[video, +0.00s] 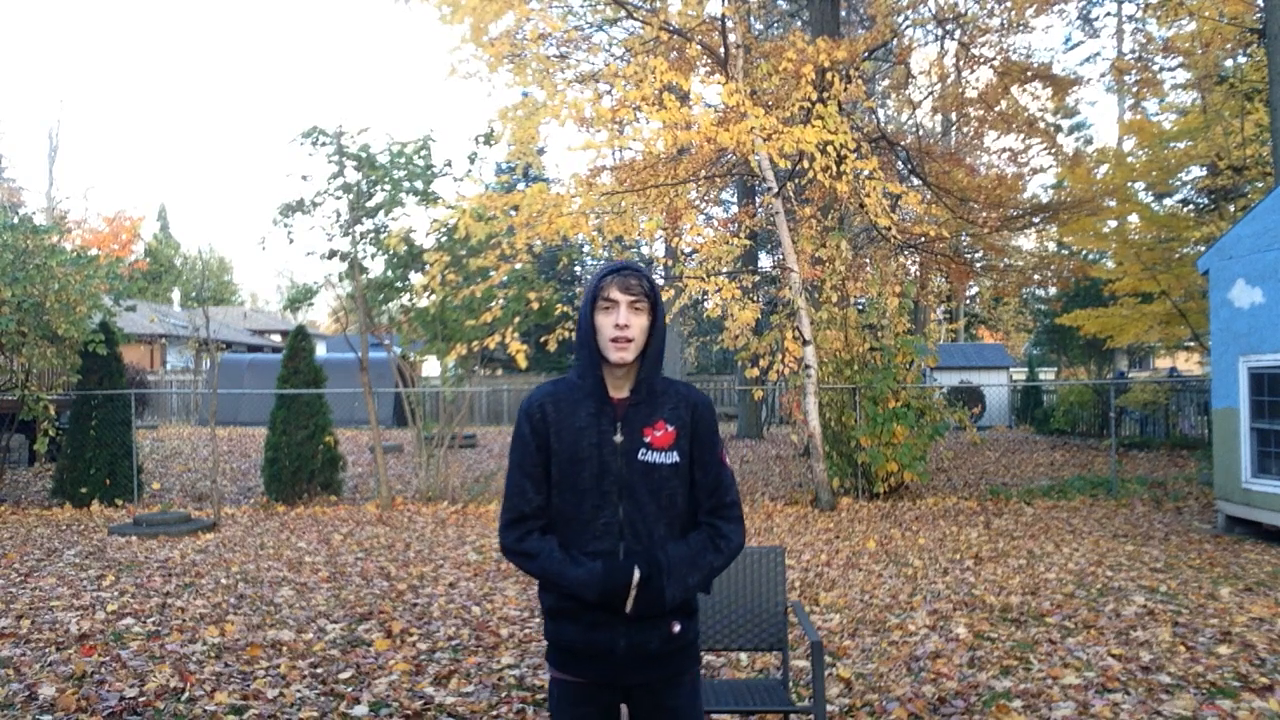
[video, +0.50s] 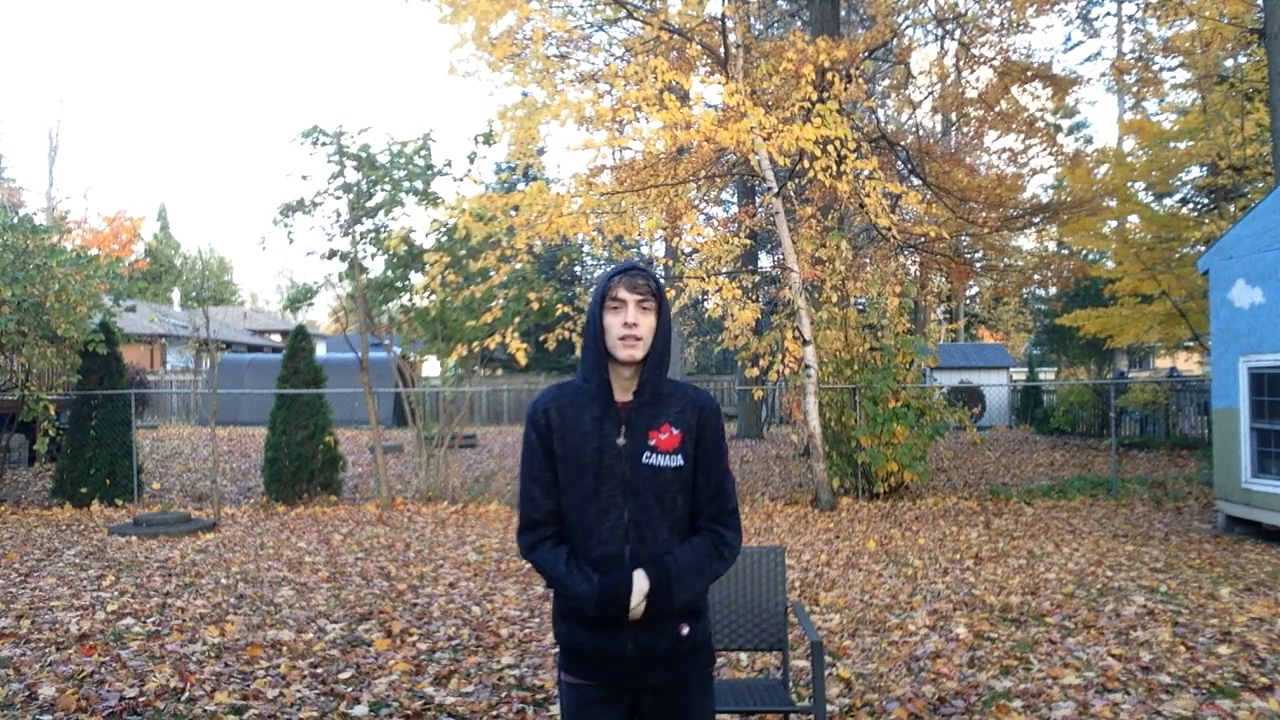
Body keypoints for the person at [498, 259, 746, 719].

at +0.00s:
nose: (621, 321)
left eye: (636, 308)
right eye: (607, 307)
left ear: (653, 322)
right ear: (589, 319)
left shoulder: (689, 408)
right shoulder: (546, 409)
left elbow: (726, 526)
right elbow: (518, 532)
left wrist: (660, 577)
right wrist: (596, 580)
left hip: (667, 650)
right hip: (579, 651)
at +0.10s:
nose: (616, 323)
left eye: (630, 310)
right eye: (602, 309)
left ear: (648, 324)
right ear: (584, 321)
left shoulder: (685, 409)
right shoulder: (542, 410)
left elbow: (725, 526)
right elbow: (510, 532)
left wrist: (652, 572)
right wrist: (589, 577)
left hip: (662, 651)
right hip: (573, 653)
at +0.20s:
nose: (613, 329)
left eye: (628, 316)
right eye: (599, 316)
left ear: (645, 331)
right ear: (581, 330)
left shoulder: (683, 417)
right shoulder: (541, 422)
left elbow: (728, 534)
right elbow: (506, 545)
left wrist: (651, 575)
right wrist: (590, 588)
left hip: (661, 666)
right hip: (570, 669)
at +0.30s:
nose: (615, 321)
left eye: (629, 308)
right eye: (601, 308)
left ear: (648, 322)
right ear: (583, 321)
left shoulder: (685, 409)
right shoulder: (543, 412)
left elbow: (724, 527)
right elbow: (515, 535)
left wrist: (652, 572)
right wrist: (593, 584)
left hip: (664, 652)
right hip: (574, 654)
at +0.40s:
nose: (622, 316)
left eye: (636, 303)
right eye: (608, 303)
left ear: (653, 317)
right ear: (589, 315)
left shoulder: (689, 403)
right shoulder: (546, 405)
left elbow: (722, 519)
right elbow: (523, 526)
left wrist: (655, 571)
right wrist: (596, 581)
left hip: (670, 644)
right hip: (583, 648)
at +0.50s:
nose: (630, 320)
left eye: (644, 308)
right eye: (616, 307)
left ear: (660, 322)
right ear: (597, 320)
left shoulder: (695, 409)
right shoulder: (553, 410)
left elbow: (723, 532)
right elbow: (536, 533)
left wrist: (654, 578)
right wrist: (601, 595)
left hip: (678, 653)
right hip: (589, 656)